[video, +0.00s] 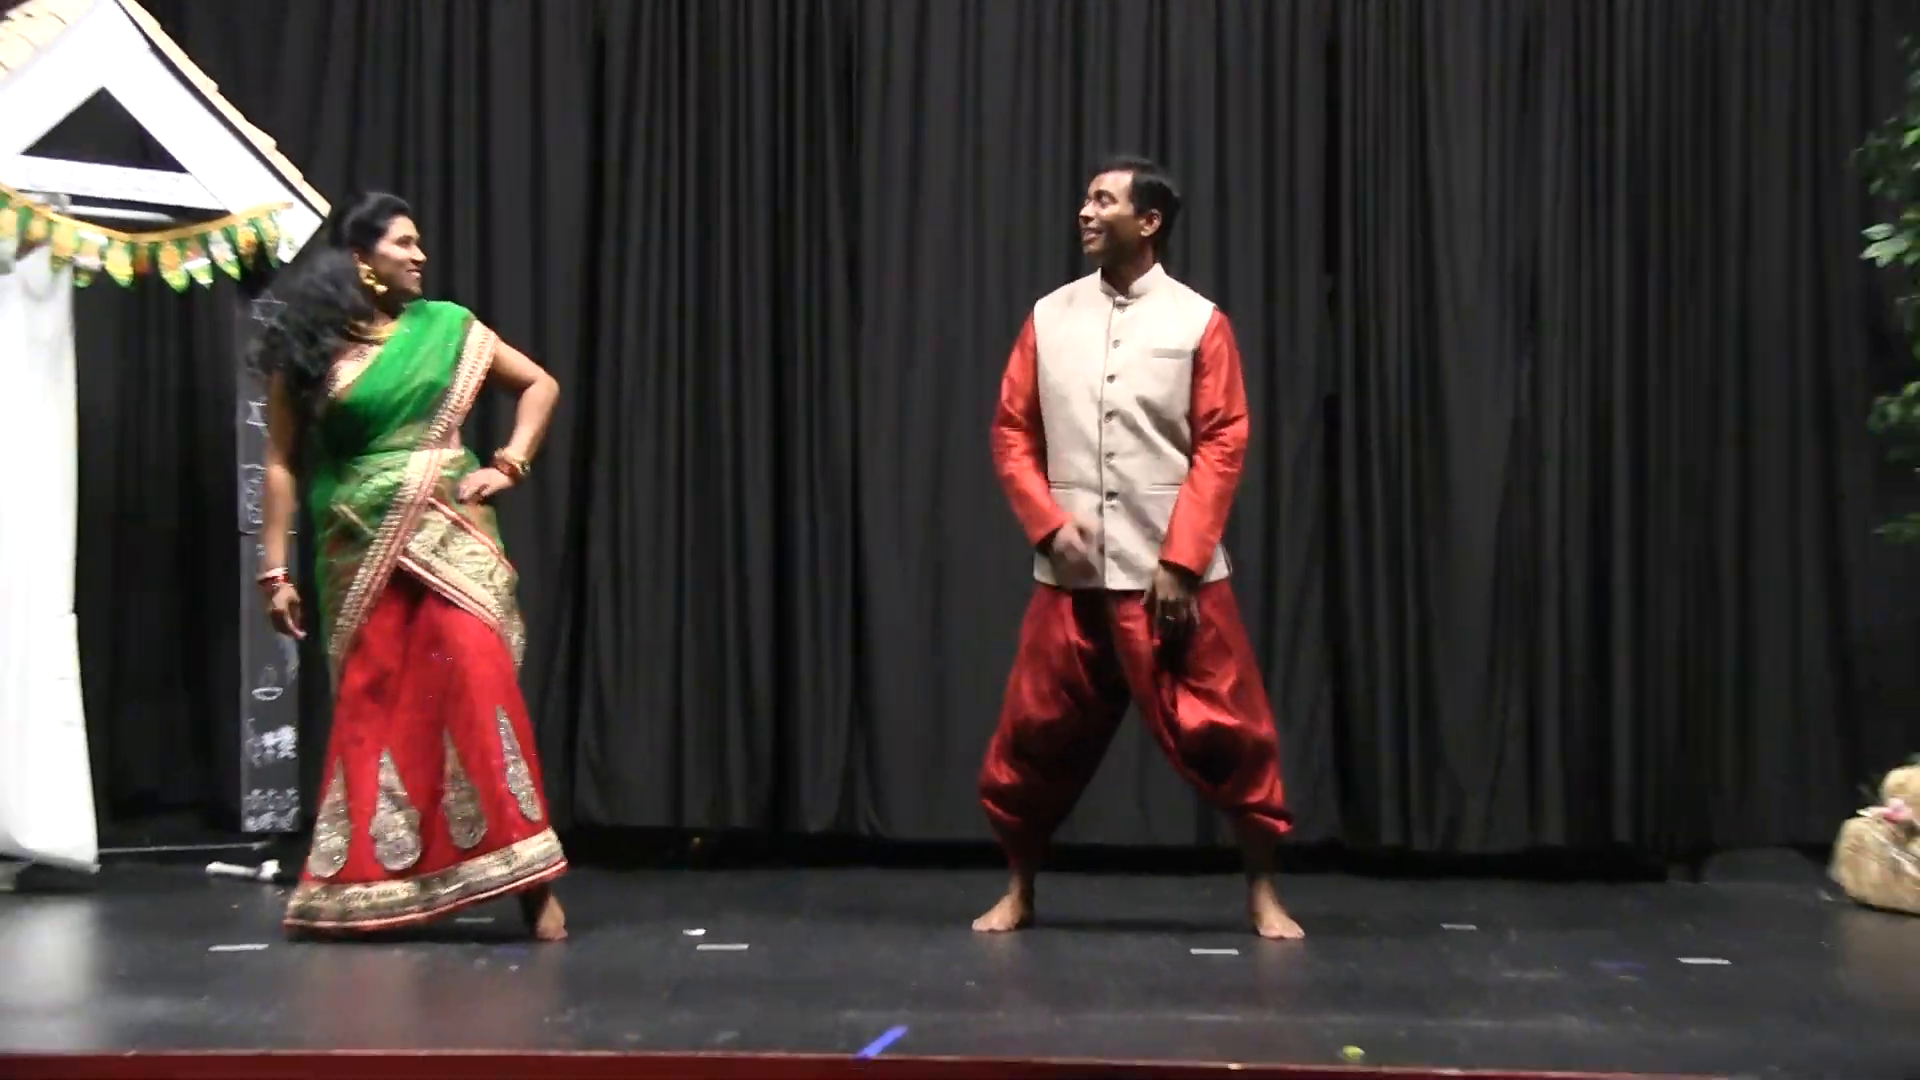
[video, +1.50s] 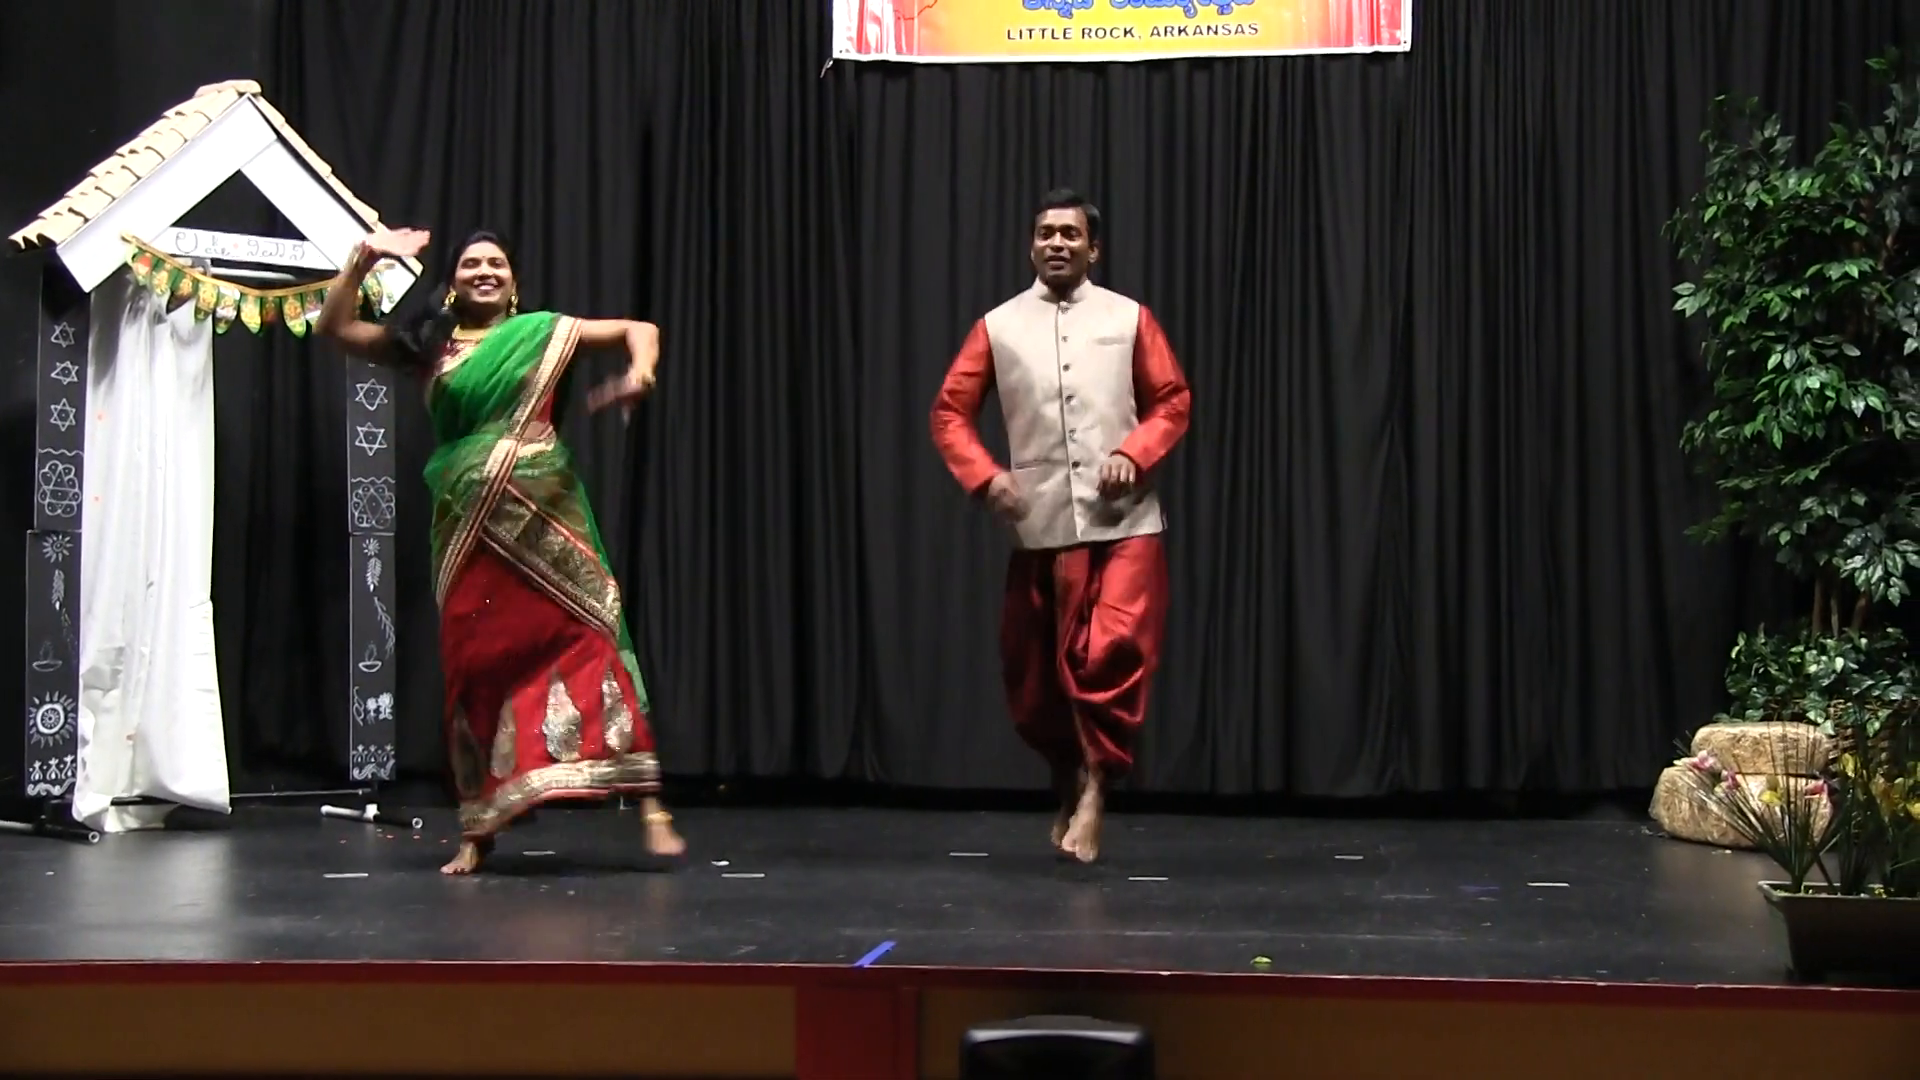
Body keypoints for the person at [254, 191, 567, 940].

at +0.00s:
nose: (419, 256)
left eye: (420, 244)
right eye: (403, 243)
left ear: (416, 256)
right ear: (358, 253)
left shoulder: (448, 325)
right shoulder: (306, 344)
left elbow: (539, 384)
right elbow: (281, 459)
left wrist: (511, 461)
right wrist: (275, 569)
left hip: (452, 531)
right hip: (362, 544)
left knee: (480, 688)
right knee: (369, 704)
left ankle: (535, 880)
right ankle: (375, 891)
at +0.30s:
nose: (510, 302)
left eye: (512, 293)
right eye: (497, 292)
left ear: (511, 302)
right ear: (460, 302)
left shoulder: (535, 365)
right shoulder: (415, 375)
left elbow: (605, 421)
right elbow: (395, 471)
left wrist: (582, 484)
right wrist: (390, 562)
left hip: (531, 539)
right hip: (452, 548)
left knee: (553, 674)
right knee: (458, 687)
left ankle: (596, 825)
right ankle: (464, 838)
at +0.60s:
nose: (504, 292)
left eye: (514, 283)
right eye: (491, 284)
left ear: (530, 300)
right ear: (469, 303)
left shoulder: (563, 365)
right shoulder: (448, 375)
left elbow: (635, 421)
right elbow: (394, 460)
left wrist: (675, 480)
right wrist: (326, 507)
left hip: (542, 539)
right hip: (467, 541)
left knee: (542, 676)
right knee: (475, 676)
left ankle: (542, 824)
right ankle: (465, 824)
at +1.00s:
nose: (521, 305)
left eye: (533, 296)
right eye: (510, 297)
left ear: (552, 310)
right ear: (493, 312)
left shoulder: (582, 382)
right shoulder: (469, 380)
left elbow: (621, 467)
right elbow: (431, 469)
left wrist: (600, 534)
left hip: (563, 545)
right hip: (490, 543)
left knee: (554, 681)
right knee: (492, 675)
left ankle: (542, 828)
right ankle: (461, 831)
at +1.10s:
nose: (520, 310)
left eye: (532, 301)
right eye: (509, 302)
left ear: (552, 317)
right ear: (492, 318)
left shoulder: (584, 383)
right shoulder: (466, 384)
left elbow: (597, 461)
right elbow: (451, 464)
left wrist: (538, 442)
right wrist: (491, 438)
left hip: (563, 550)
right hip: (487, 550)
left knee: (558, 673)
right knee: (478, 672)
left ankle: (557, 827)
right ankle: (463, 832)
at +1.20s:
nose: (513, 310)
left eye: (526, 302)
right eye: (501, 304)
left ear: (544, 322)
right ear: (489, 326)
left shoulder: (568, 382)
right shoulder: (477, 394)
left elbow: (597, 406)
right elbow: (434, 388)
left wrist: (576, 342)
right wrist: (443, 322)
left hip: (561, 538)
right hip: (489, 536)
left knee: (555, 667)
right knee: (469, 659)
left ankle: (561, 821)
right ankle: (445, 812)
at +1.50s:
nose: (484, 272)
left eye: (495, 264)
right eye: (471, 264)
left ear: (514, 281)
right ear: (450, 282)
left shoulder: (543, 329)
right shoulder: (430, 344)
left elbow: (641, 329)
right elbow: (335, 328)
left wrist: (639, 370)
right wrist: (361, 258)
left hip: (551, 510)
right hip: (468, 519)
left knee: (605, 643)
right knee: (467, 667)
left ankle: (652, 809)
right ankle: (475, 834)